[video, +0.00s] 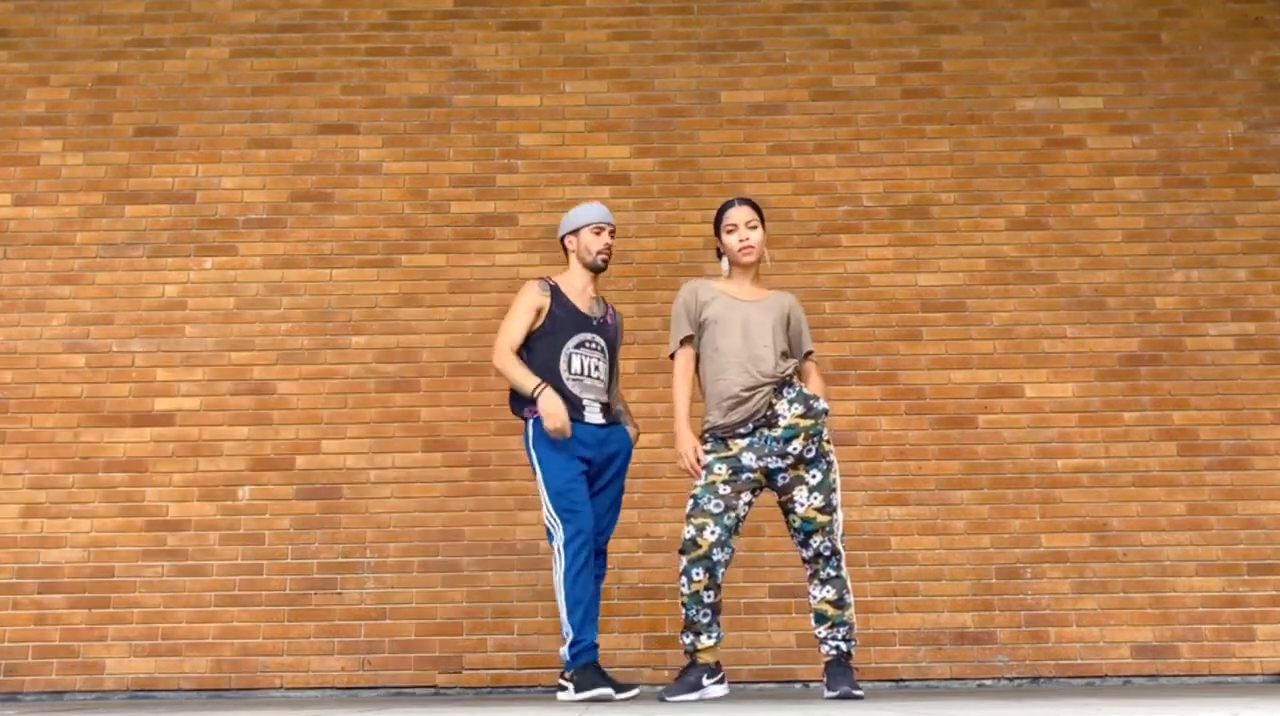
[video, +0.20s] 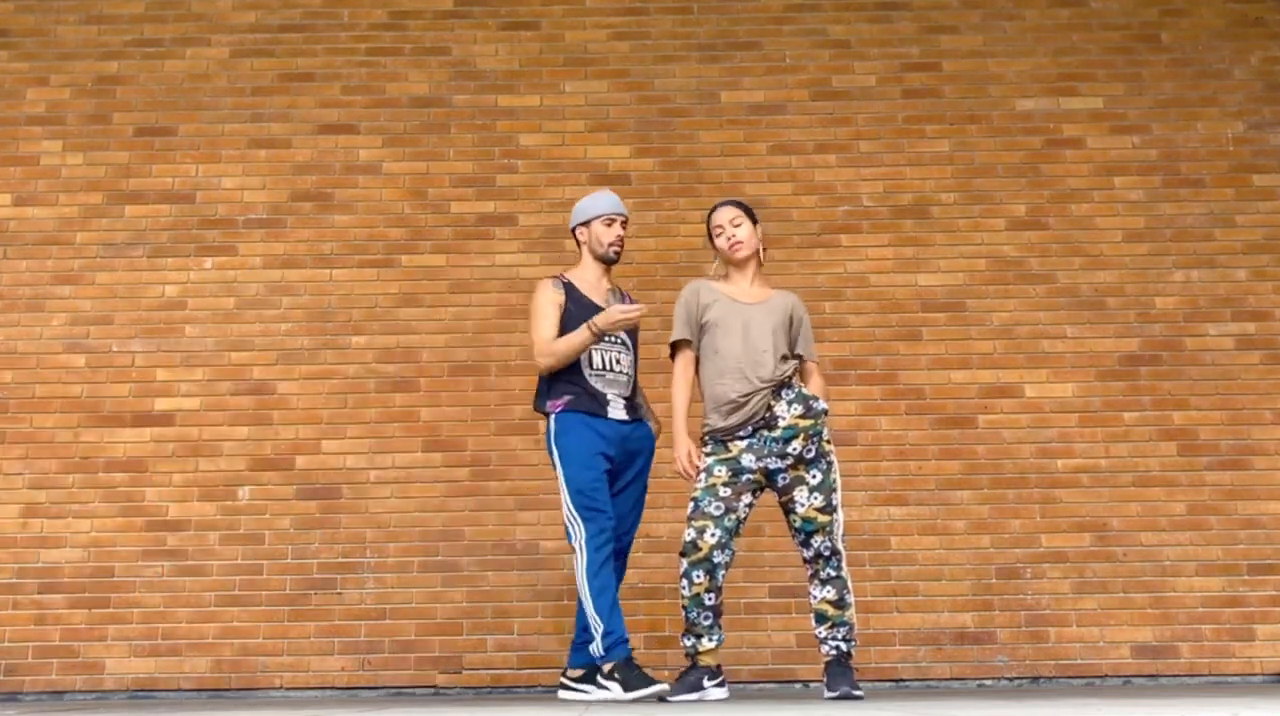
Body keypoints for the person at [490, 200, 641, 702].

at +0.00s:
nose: (607, 241)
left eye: (611, 234)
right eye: (597, 232)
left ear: (610, 245)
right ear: (570, 240)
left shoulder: (610, 316)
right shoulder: (540, 291)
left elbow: (608, 384)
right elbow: (501, 355)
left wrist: (628, 423)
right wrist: (545, 392)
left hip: (608, 436)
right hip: (557, 432)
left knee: (596, 544)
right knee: (577, 535)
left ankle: (581, 661)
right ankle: (582, 664)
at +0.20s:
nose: (619, 232)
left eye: (623, 225)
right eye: (609, 224)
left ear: (624, 235)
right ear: (582, 231)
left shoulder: (624, 299)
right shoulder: (553, 288)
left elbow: (626, 376)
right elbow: (544, 358)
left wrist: (648, 418)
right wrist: (598, 327)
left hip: (631, 429)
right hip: (579, 425)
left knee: (617, 544)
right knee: (594, 536)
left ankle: (581, 665)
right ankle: (615, 659)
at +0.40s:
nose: (631, 220)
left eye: (633, 212)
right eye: (620, 211)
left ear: (630, 221)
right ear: (590, 219)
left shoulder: (624, 286)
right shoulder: (567, 274)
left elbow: (632, 368)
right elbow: (596, 331)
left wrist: (657, 413)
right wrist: (653, 287)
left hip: (644, 419)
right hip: (597, 414)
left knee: (635, 536)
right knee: (615, 531)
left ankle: (586, 659)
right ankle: (618, 662)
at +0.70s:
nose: (661, 207)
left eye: (660, 197)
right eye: (652, 197)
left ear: (626, 203)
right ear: (621, 199)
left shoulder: (615, 260)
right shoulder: (597, 253)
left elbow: (628, 339)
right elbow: (632, 325)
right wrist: (683, 276)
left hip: (635, 403)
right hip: (611, 401)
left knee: (662, 526)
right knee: (624, 526)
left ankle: (633, 653)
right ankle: (619, 662)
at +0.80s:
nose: (666, 208)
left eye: (666, 198)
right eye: (659, 197)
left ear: (630, 201)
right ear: (628, 198)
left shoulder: (618, 255)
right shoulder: (604, 250)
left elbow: (636, 331)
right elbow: (636, 327)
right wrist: (681, 276)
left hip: (632, 401)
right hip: (613, 401)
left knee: (652, 531)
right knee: (623, 529)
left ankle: (663, 660)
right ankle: (617, 667)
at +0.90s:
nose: (672, 207)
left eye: (672, 197)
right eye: (664, 196)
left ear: (636, 199)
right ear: (634, 196)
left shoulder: (624, 253)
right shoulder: (608, 249)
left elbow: (635, 333)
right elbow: (637, 327)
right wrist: (679, 274)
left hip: (630, 403)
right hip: (611, 403)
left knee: (654, 531)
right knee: (621, 531)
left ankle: (678, 659)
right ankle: (617, 667)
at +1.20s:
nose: (682, 214)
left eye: (684, 204)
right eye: (676, 203)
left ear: (650, 202)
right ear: (646, 199)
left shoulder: (638, 261)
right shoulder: (606, 251)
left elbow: (648, 350)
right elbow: (632, 330)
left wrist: (666, 398)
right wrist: (671, 274)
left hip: (647, 405)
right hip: (612, 404)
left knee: (667, 525)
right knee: (619, 530)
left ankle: (663, 655)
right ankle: (616, 665)